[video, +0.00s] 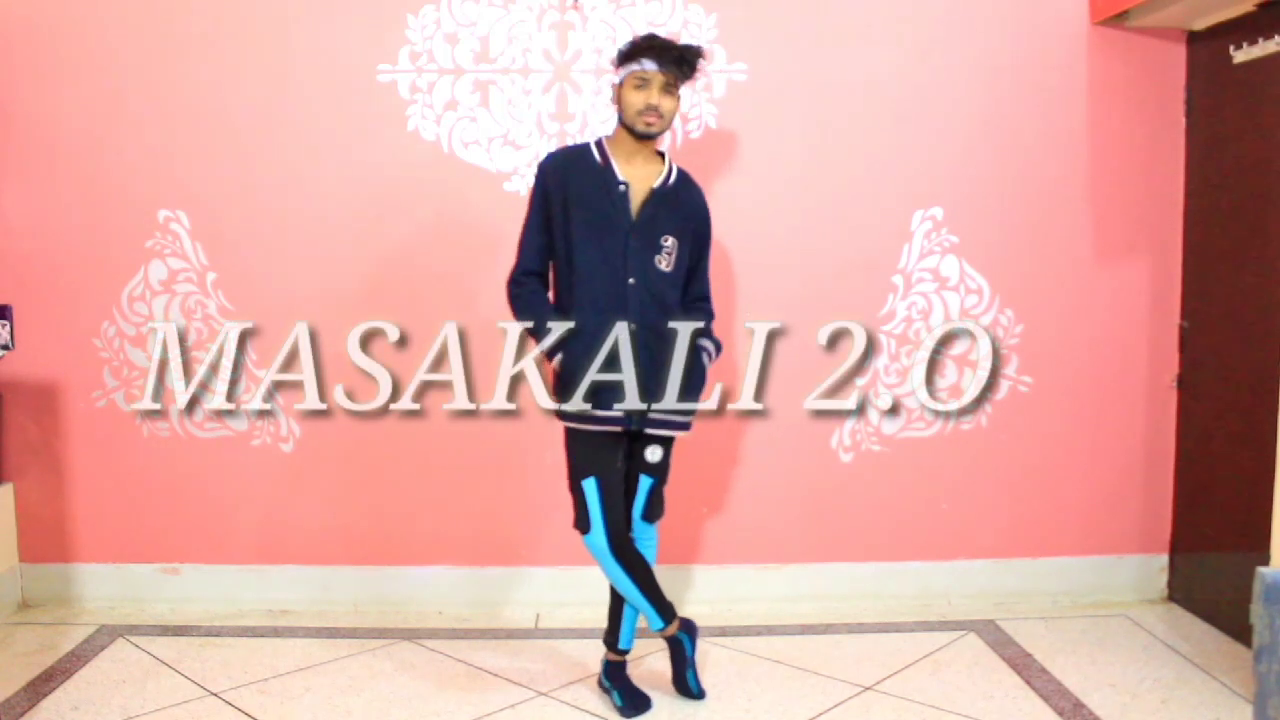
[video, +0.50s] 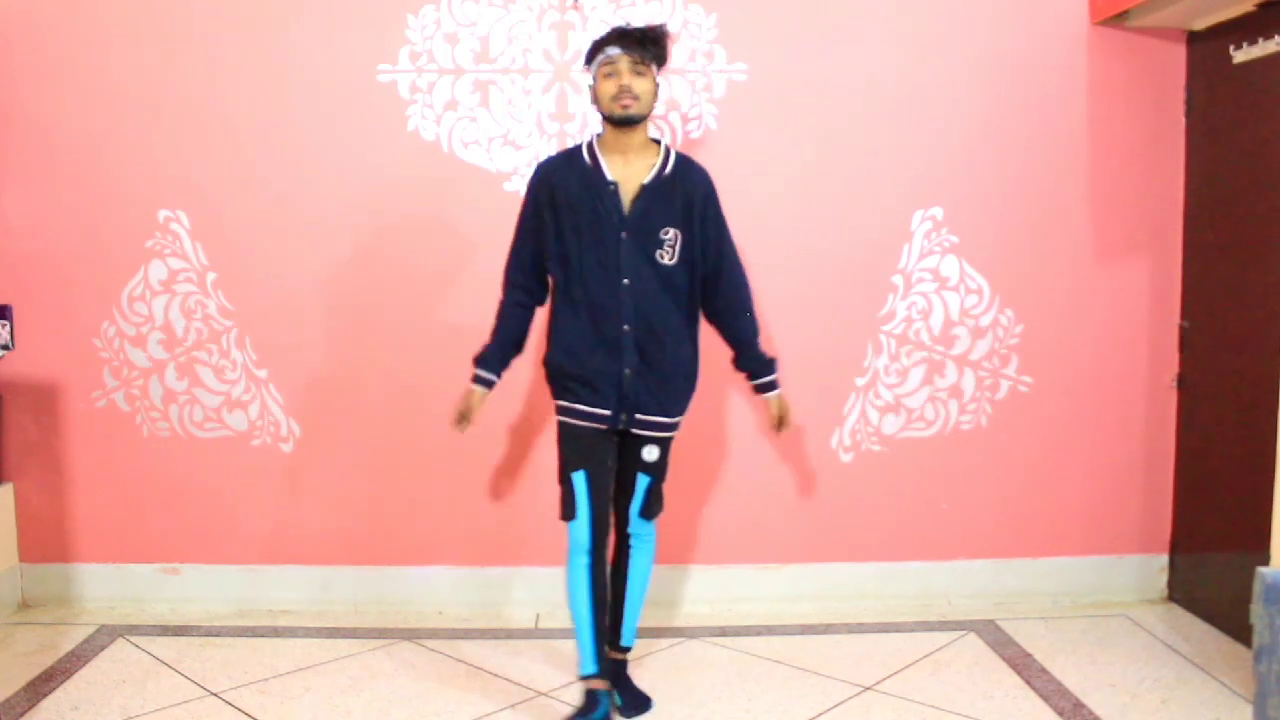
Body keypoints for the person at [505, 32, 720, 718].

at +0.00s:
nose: (652, 99)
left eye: (666, 89)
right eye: (639, 84)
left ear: (679, 101)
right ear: (616, 92)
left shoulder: (687, 194)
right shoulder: (564, 171)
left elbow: (696, 295)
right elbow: (526, 278)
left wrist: (701, 352)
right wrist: (556, 343)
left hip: (664, 381)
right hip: (590, 378)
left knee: (639, 523)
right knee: (597, 527)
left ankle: (616, 662)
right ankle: (675, 630)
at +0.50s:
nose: (624, 85)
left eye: (637, 73)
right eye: (610, 74)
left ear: (657, 85)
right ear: (593, 88)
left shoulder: (687, 180)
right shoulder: (557, 177)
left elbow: (722, 281)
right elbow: (525, 283)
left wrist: (761, 376)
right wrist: (486, 374)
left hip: (659, 383)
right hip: (582, 379)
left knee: (638, 525)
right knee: (587, 524)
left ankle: (618, 664)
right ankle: (593, 682)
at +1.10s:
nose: (583, 88)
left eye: (596, 79)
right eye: (568, 80)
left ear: (616, 97)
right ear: (551, 103)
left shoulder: (648, 172)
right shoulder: (528, 188)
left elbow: (652, 283)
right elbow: (535, 295)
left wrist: (611, 367)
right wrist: (580, 374)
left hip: (638, 375)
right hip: (565, 379)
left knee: (629, 512)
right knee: (568, 505)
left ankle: (620, 659)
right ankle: (587, 607)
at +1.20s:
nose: (573, 93)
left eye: (586, 83)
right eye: (559, 85)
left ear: (605, 99)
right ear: (542, 105)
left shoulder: (638, 174)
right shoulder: (521, 190)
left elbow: (650, 285)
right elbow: (525, 298)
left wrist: (631, 379)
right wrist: (556, 389)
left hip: (628, 371)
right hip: (562, 375)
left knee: (626, 509)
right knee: (571, 504)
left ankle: (621, 657)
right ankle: (587, 611)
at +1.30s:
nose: (567, 98)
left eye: (578, 89)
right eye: (553, 90)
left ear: (597, 105)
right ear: (534, 110)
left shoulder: (632, 178)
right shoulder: (516, 198)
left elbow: (655, 285)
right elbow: (516, 302)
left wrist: (654, 384)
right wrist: (525, 396)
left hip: (622, 379)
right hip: (556, 383)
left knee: (622, 509)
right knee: (572, 505)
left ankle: (619, 649)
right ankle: (587, 613)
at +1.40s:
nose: (564, 98)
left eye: (576, 88)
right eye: (551, 89)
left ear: (594, 103)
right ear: (532, 108)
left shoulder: (631, 175)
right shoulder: (513, 194)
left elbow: (660, 273)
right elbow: (503, 292)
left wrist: (674, 367)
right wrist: (495, 380)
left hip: (625, 364)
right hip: (556, 370)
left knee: (623, 497)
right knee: (571, 496)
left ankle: (611, 633)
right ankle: (587, 610)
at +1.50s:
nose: (566, 99)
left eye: (578, 90)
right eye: (553, 90)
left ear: (595, 104)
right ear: (535, 106)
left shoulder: (631, 177)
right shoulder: (511, 192)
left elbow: (666, 270)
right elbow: (492, 286)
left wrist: (687, 359)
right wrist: (474, 371)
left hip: (623, 358)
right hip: (554, 364)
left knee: (625, 489)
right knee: (569, 492)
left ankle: (605, 613)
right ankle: (586, 611)